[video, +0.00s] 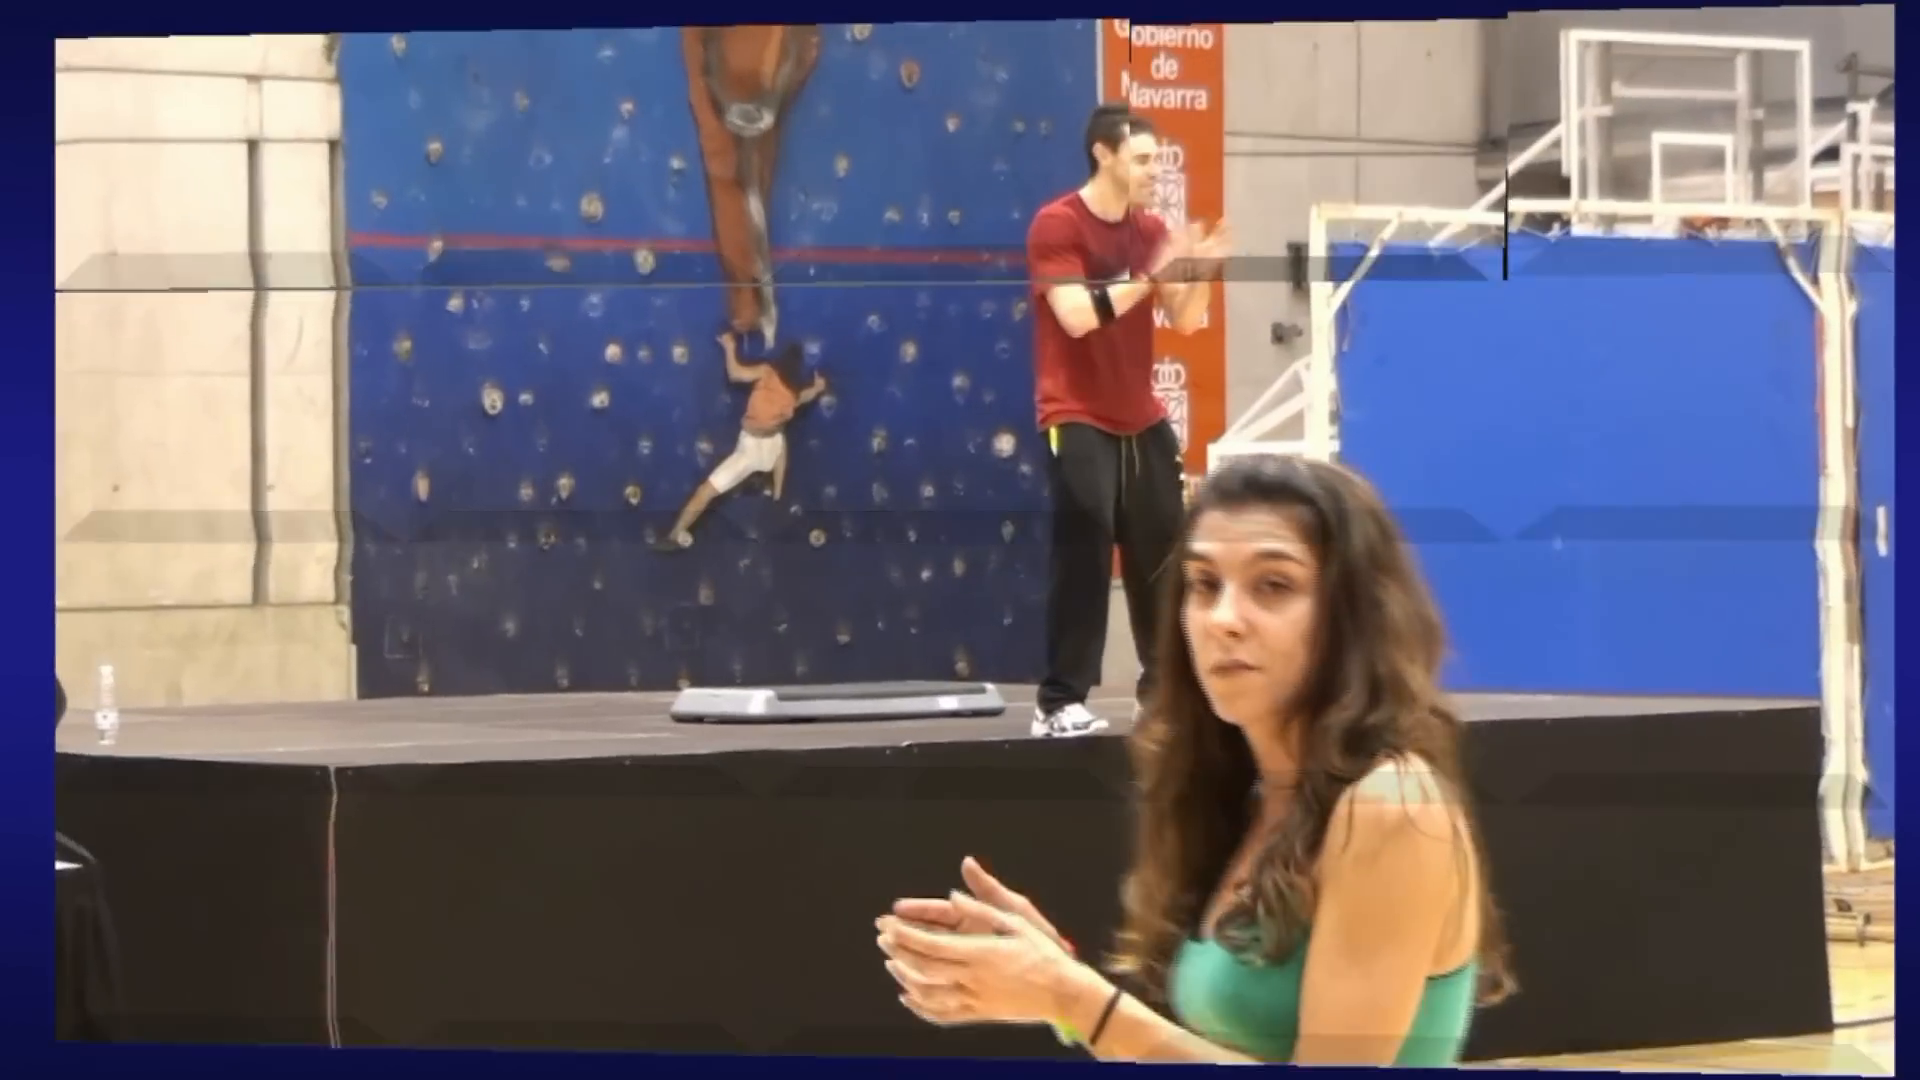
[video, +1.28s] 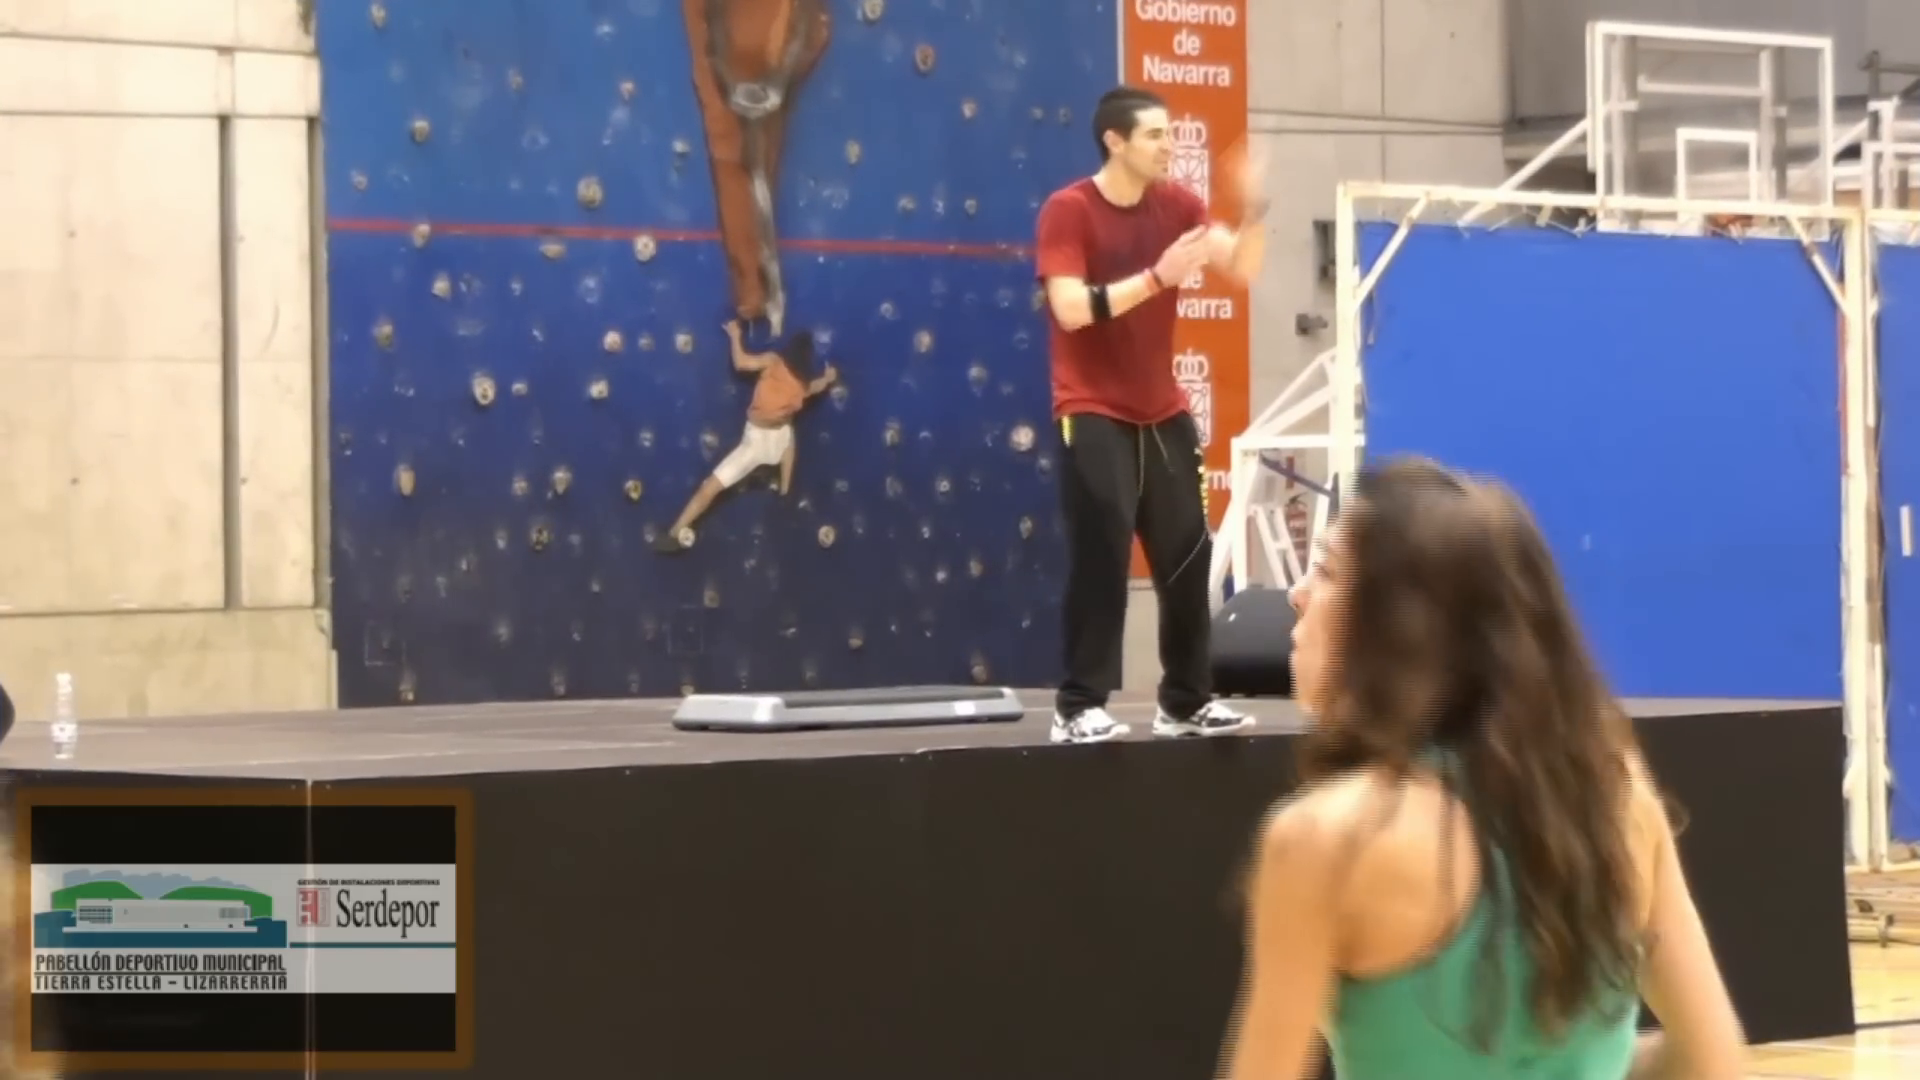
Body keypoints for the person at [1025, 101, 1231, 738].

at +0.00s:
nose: (1153, 170)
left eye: (1155, 158)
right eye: (1142, 158)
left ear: (1143, 160)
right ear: (1103, 155)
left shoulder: (1150, 231)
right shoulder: (1056, 223)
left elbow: (1185, 319)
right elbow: (1076, 317)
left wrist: (1203, 267)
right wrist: (1157, 273)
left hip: (1140, 411)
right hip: (1076, 411)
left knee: (1161, 549)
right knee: (1088, 542)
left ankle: (1166, 695)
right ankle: (1064, 699)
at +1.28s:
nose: (1165, 146)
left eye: (1168, 135)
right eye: (1153, 136)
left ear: (1167, 141)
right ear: (1113, 142)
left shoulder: (1177, 205)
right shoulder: (1069, 209)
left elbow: (1240, 271)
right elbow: (1071, 310)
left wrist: (1251, 207)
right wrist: (1159, 277)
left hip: (1162, 407)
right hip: (1092, 407)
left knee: (1186, 553)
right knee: (1102, 553)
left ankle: (1186, 701)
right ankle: (1082, 705)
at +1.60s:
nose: (1168, 140)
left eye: (1169, 129)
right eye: (1154, 130)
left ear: (1166, 138)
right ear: (1115, 138)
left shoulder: (1181, 205)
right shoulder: (1069, 204)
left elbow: (1216, 288)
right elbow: (1038, 285)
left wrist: (1234, 299)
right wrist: (1093, 216)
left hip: (1166, 403)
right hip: (1092, 401)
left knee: (1181, 550)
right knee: (1096, 548)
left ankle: (1189, 699)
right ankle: (1082, 703)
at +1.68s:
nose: (1169, 140)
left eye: (1170, 129)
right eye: (1156, 129)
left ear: (1165, 138)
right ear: (1117, 137)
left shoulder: (1182, 205)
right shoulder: (1074, 196)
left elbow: (1204, 293)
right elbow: (1031, 236)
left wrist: (1225, 316)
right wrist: (1080, 169)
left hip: (1165, 401)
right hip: (1094, 399)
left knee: (1180, 552)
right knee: (1093, 547)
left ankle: (1187, 699)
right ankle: (1081, 703)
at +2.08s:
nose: (1177, 141)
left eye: (1177, 130)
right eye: (1164, 130)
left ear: (1169, 142)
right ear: (1124, 139)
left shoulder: (1183, 208)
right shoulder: (1077, 197)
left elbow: (1206, 286)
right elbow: (1016, 199)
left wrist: (1217, 301)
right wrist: (1093, 247)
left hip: (1163, 407)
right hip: (1094, 408)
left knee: (1180, 555)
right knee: (1093, 558)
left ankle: (1187, 699)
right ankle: (1080, 704)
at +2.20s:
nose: (1170, 143)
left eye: (1172, 132)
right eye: (1157, 132)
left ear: (1170, 139)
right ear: (1118, 137)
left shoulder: (1182, 204)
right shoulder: (1071, 202)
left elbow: (1251, 251)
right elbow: (1004, 242)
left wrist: (1264, 232)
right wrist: (1081, 287)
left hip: (1159, 403)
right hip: (1087, 405)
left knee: (1178, 550)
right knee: (1093, 551)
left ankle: (1188, 700)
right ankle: (1082, 704)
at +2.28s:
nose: (1167, 148)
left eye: (1171, 137)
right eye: (1155, 137)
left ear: (1168, 142)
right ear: (1115, 137)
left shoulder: (1183, 197)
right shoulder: (1065, 204)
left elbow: (1274, 211)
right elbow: (1000, 269)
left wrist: (1313, 161)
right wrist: (1075, 306)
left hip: (1158, 403)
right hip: (1085, 405)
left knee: (1176, 551)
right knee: (1090, 553)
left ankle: (1188, 701)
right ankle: (1081, 705)